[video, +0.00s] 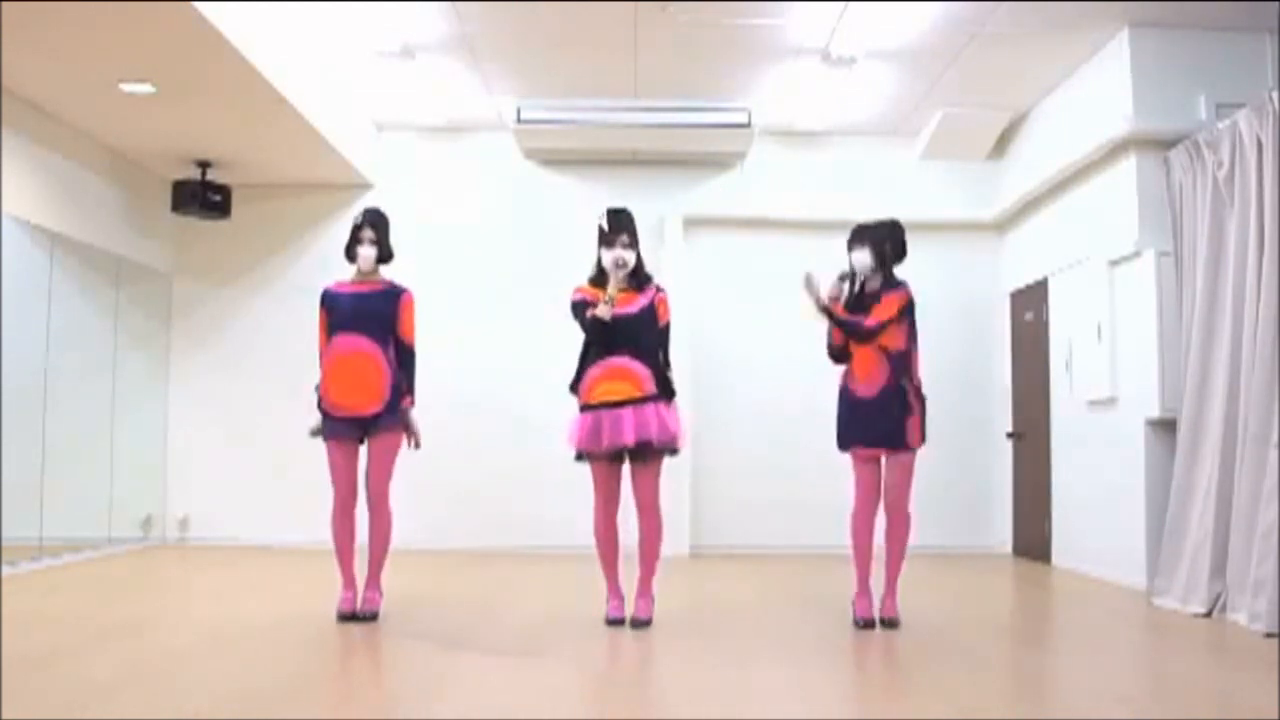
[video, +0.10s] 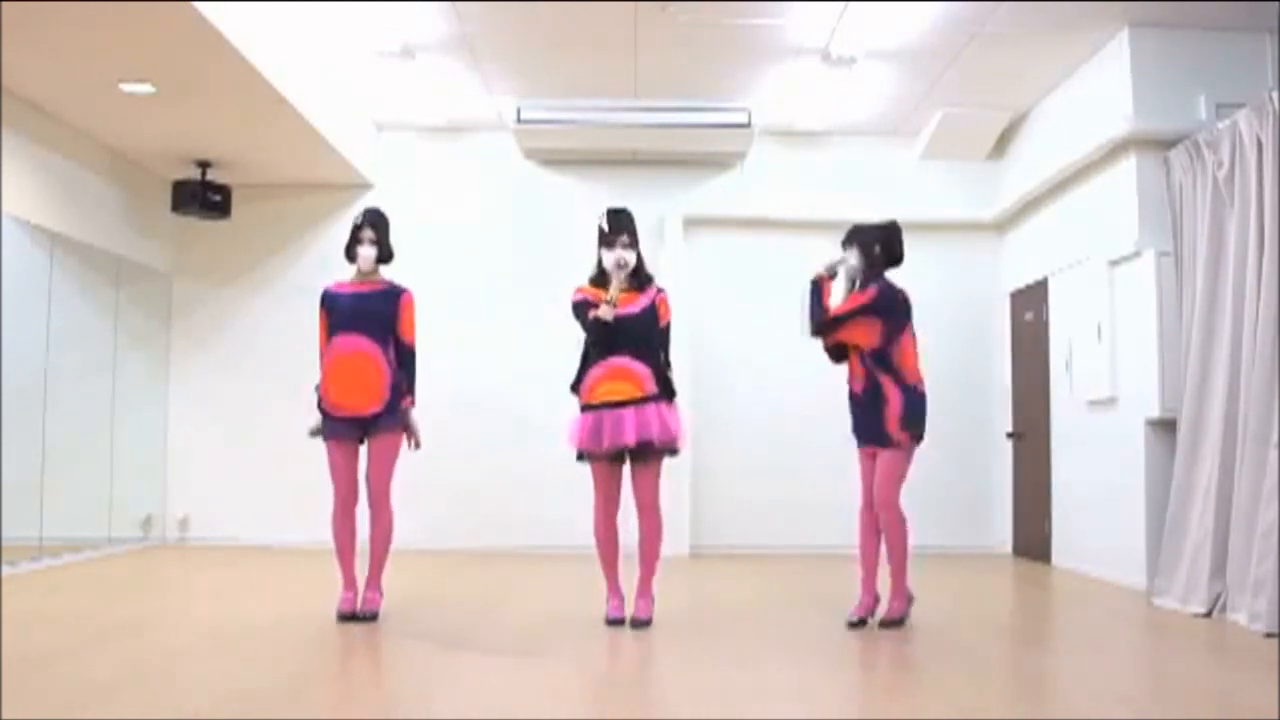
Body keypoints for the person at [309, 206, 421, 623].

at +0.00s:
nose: (365, 248)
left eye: (373, 242)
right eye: (359, 241)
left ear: (384, 249)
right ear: (351, 246)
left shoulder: (399, 296)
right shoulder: (332, 295)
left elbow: (406, 354)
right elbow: (325, 351)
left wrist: (407, 404)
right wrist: (324, 401)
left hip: (385, 403)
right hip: (339, 403)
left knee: (377, 493)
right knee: (344, 495)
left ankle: (373, 586)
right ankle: (348, 586)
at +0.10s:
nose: (365, 248)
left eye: (373, 242)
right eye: (359, 241)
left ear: (384, 249)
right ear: (351, 246)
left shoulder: (399, 296)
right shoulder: (332, 295)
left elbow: (406, 355)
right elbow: (325, 352)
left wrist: (407, 405)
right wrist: (323, 402)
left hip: (385, 404)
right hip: (339, 404)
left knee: (378, 495)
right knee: (344, 496)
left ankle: (373, 586)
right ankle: (348, 586)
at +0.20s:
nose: (366, 248)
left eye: (374, 242)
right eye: (360, 241)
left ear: (385, 249)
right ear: (351, 246)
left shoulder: (399, 297)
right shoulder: (332, 295)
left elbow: (406, 356)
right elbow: (325, 352)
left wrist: (407, 408)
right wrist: (323, 402)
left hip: (385, 404)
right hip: (339, 404)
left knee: (379, 495)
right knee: (345, 496)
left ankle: (373, 586)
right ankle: (348, 586)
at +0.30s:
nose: (367, 248)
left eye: (375, 242)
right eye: (361, 241)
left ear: (385, 249)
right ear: (351, 245)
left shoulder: (399, 297)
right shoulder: (332, 295)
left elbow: (406, 356)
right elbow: (325, 351)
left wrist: (406, 406)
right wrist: (323, 402)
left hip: (386, 405)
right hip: (339, 404)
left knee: (379, 494)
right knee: (344, 495)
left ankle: (373, 587)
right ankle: (348, 586)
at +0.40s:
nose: (367, 247)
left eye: (375, 242)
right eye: (361, 240)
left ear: (385, 249)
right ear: (351, 245)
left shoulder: (399, 297)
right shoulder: (332, 295)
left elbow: (406, 357)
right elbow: (325, 352)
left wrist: (406, 407)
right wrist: (322, 403)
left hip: (386, 406)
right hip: (339, 406)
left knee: (379, 493)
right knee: (344, 495)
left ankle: (374, 585)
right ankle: (348, 586)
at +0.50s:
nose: (367, 247)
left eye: (375, 241)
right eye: (361, 239)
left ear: (386, 248)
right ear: (351, 245)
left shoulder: (399, 297)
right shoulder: (332, 295)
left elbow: (406, 357)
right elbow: (322, 353)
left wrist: (406, 408)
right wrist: (320, 404)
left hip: (386, 408)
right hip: (339, 407)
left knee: (379, 494)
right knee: (344, 496)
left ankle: (374, 586)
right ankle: (348, 586)